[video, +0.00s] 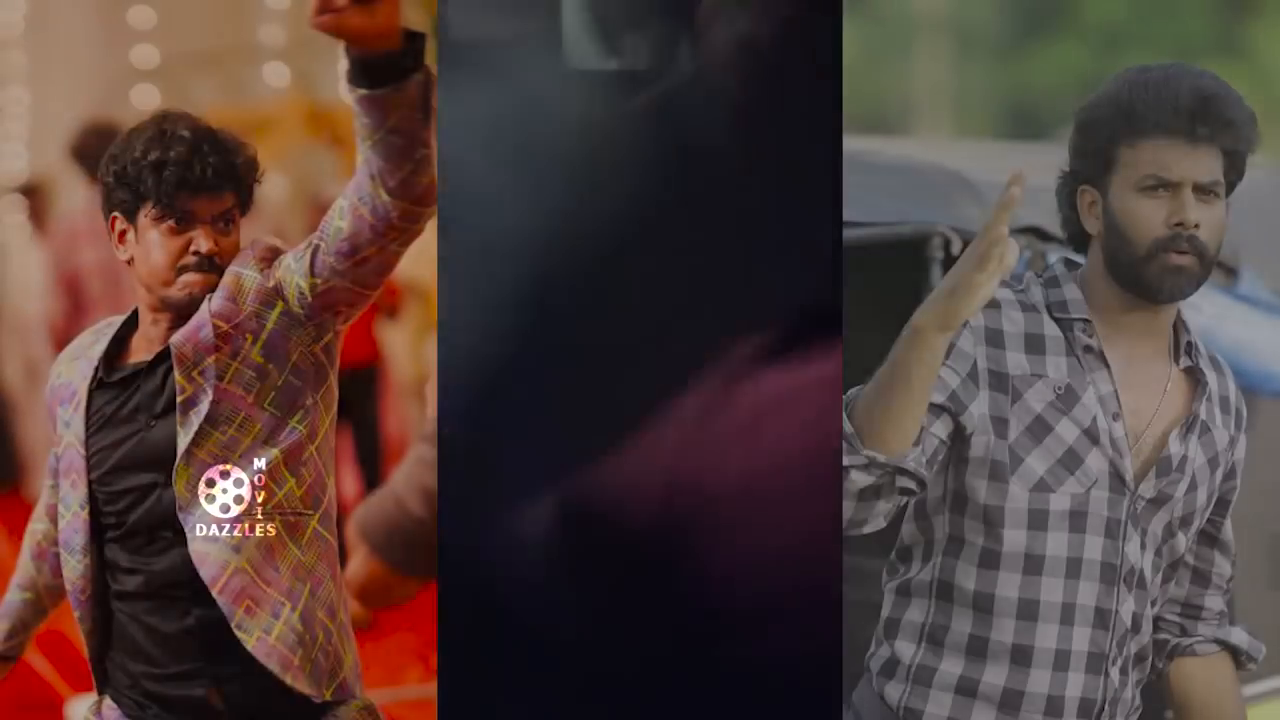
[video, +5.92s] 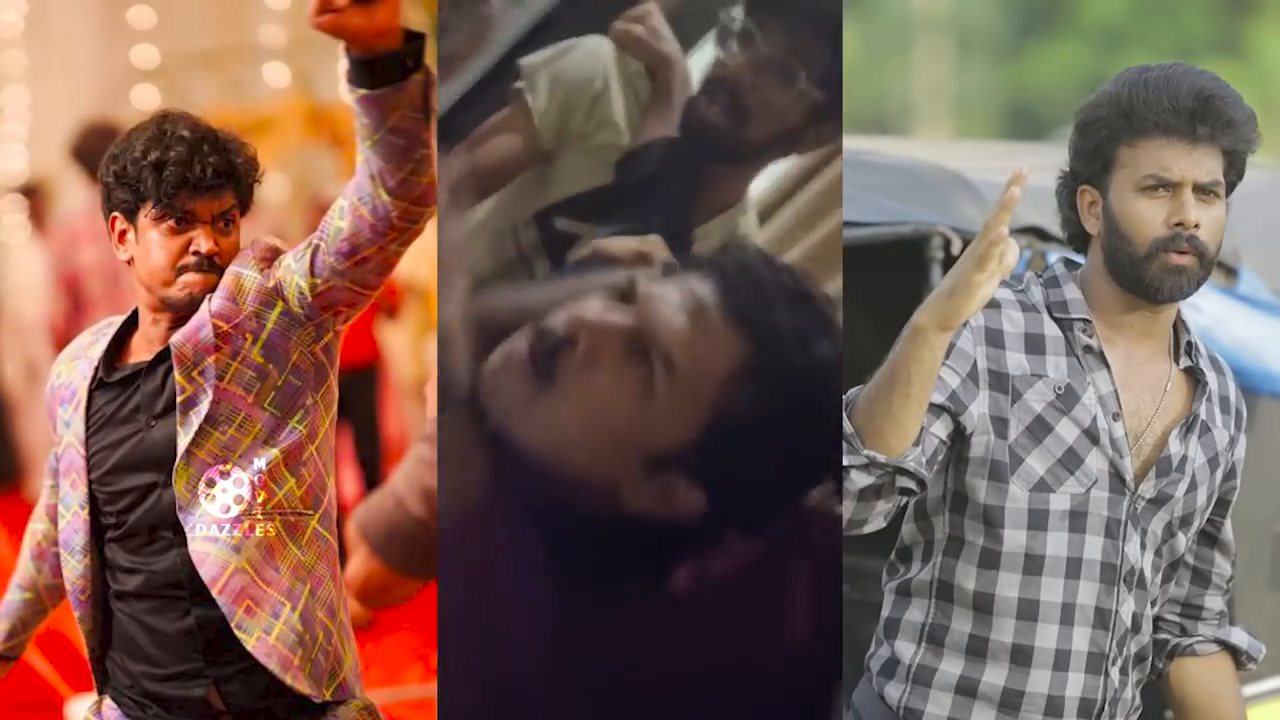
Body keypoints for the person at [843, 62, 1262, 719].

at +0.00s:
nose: (1187, 217)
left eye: (1207, 194)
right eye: (1157, 190)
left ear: (1228, 209)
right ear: (1091, 207)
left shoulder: (1220, 400)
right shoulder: (983, 327)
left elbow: (1192, 617)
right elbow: (853, 507)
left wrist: (1224, 710)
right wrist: (935, 320)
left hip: (1107, 709)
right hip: (936, 702)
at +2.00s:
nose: (1187, 217)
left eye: (1207, 194)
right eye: (1157, 190)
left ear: (1227, 208)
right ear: (1092, 208)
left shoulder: (1219, 398)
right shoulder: (984, 329)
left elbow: (1193, 618)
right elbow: (851, 507)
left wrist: (1226, 711)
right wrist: (932, 327)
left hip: (1106, 709)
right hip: (937, 702)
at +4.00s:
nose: (1187, 217)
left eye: (1207, 194)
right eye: (1157, 190)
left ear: (1227, 209)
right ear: (1092, 208)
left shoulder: (1219, 398)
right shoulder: (984, 328)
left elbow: (1193, 615)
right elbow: (851, 508)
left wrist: (1225, 711)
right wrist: (931, 327)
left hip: (1105, 709)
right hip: (934, 702)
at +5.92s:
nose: (1187, 217)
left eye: (1207, 194)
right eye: (1157, 190)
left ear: (1227, 208)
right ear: (1092, 207)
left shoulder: (1219, 398)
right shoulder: (984, 328)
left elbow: (1193, 617)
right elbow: (852, 507)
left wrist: (1225, 711)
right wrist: (931, 327)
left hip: (1105, 709)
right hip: (935, 702)